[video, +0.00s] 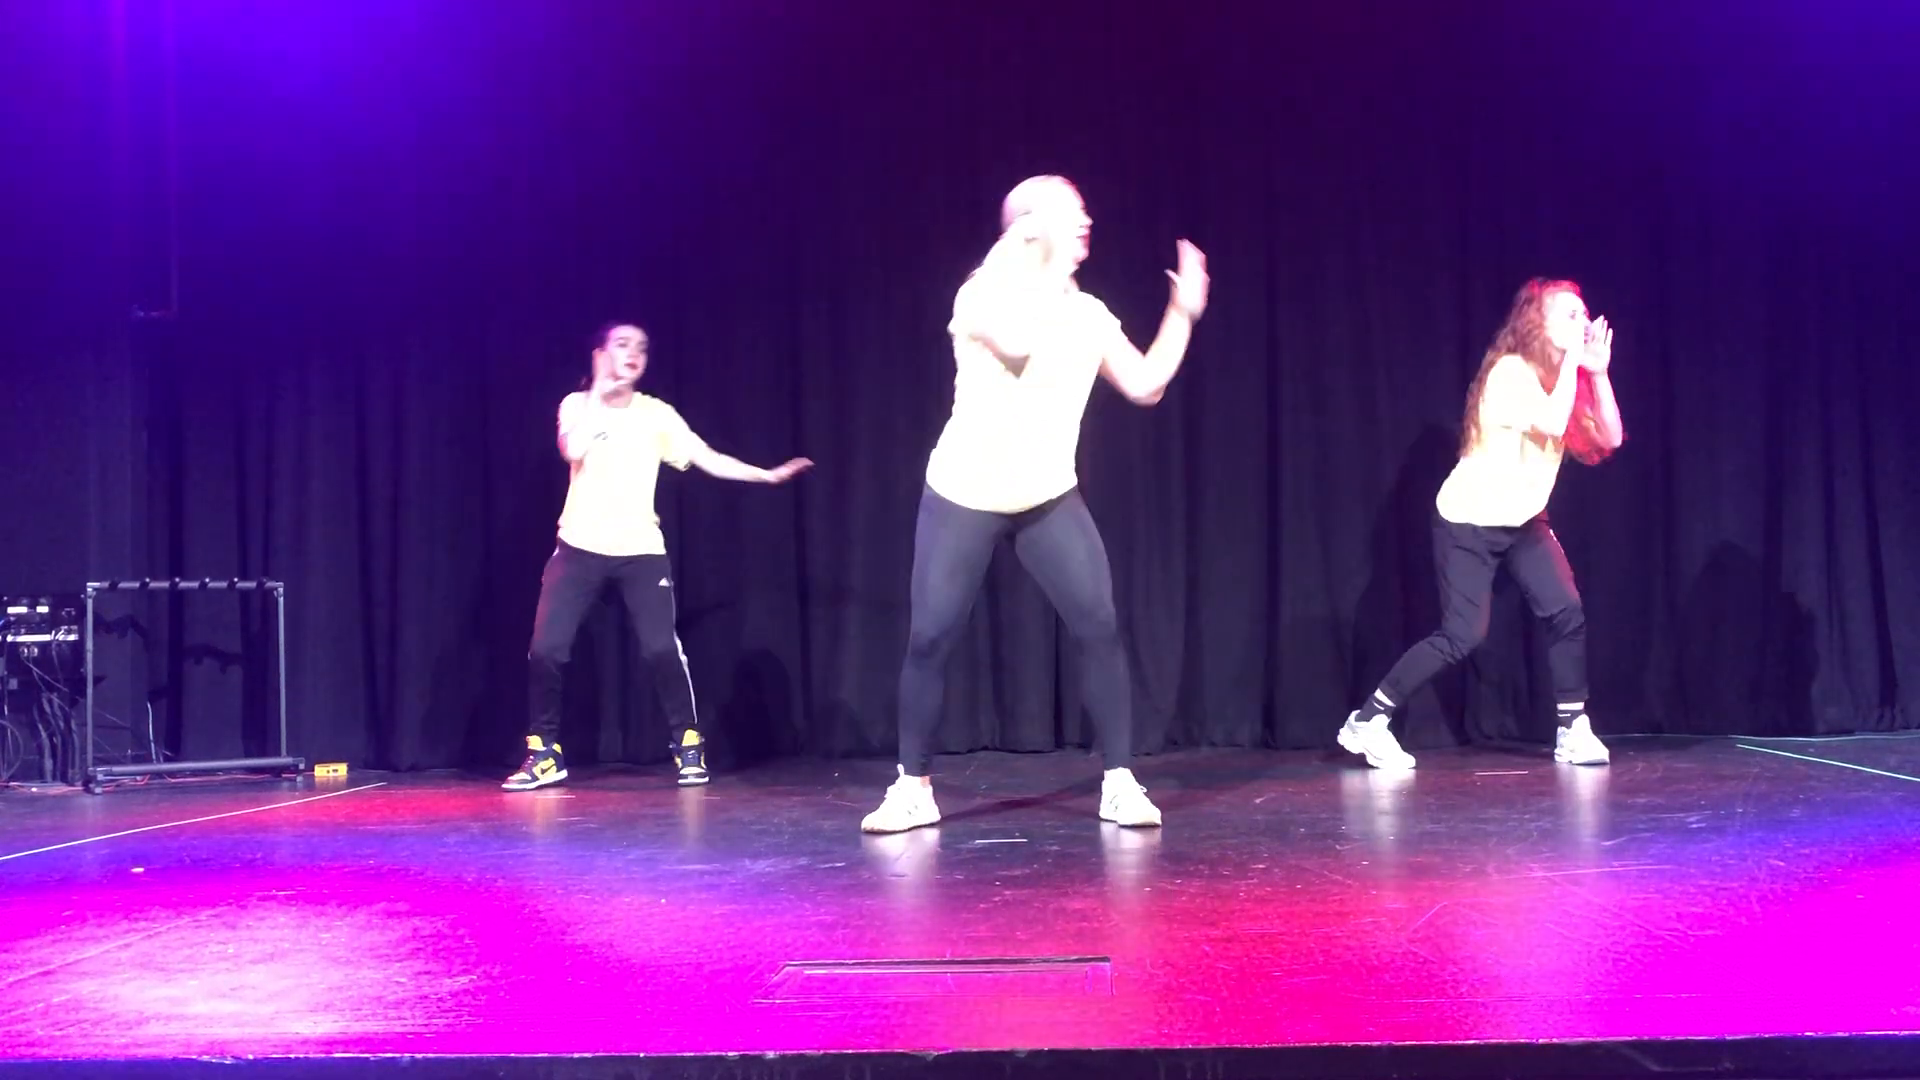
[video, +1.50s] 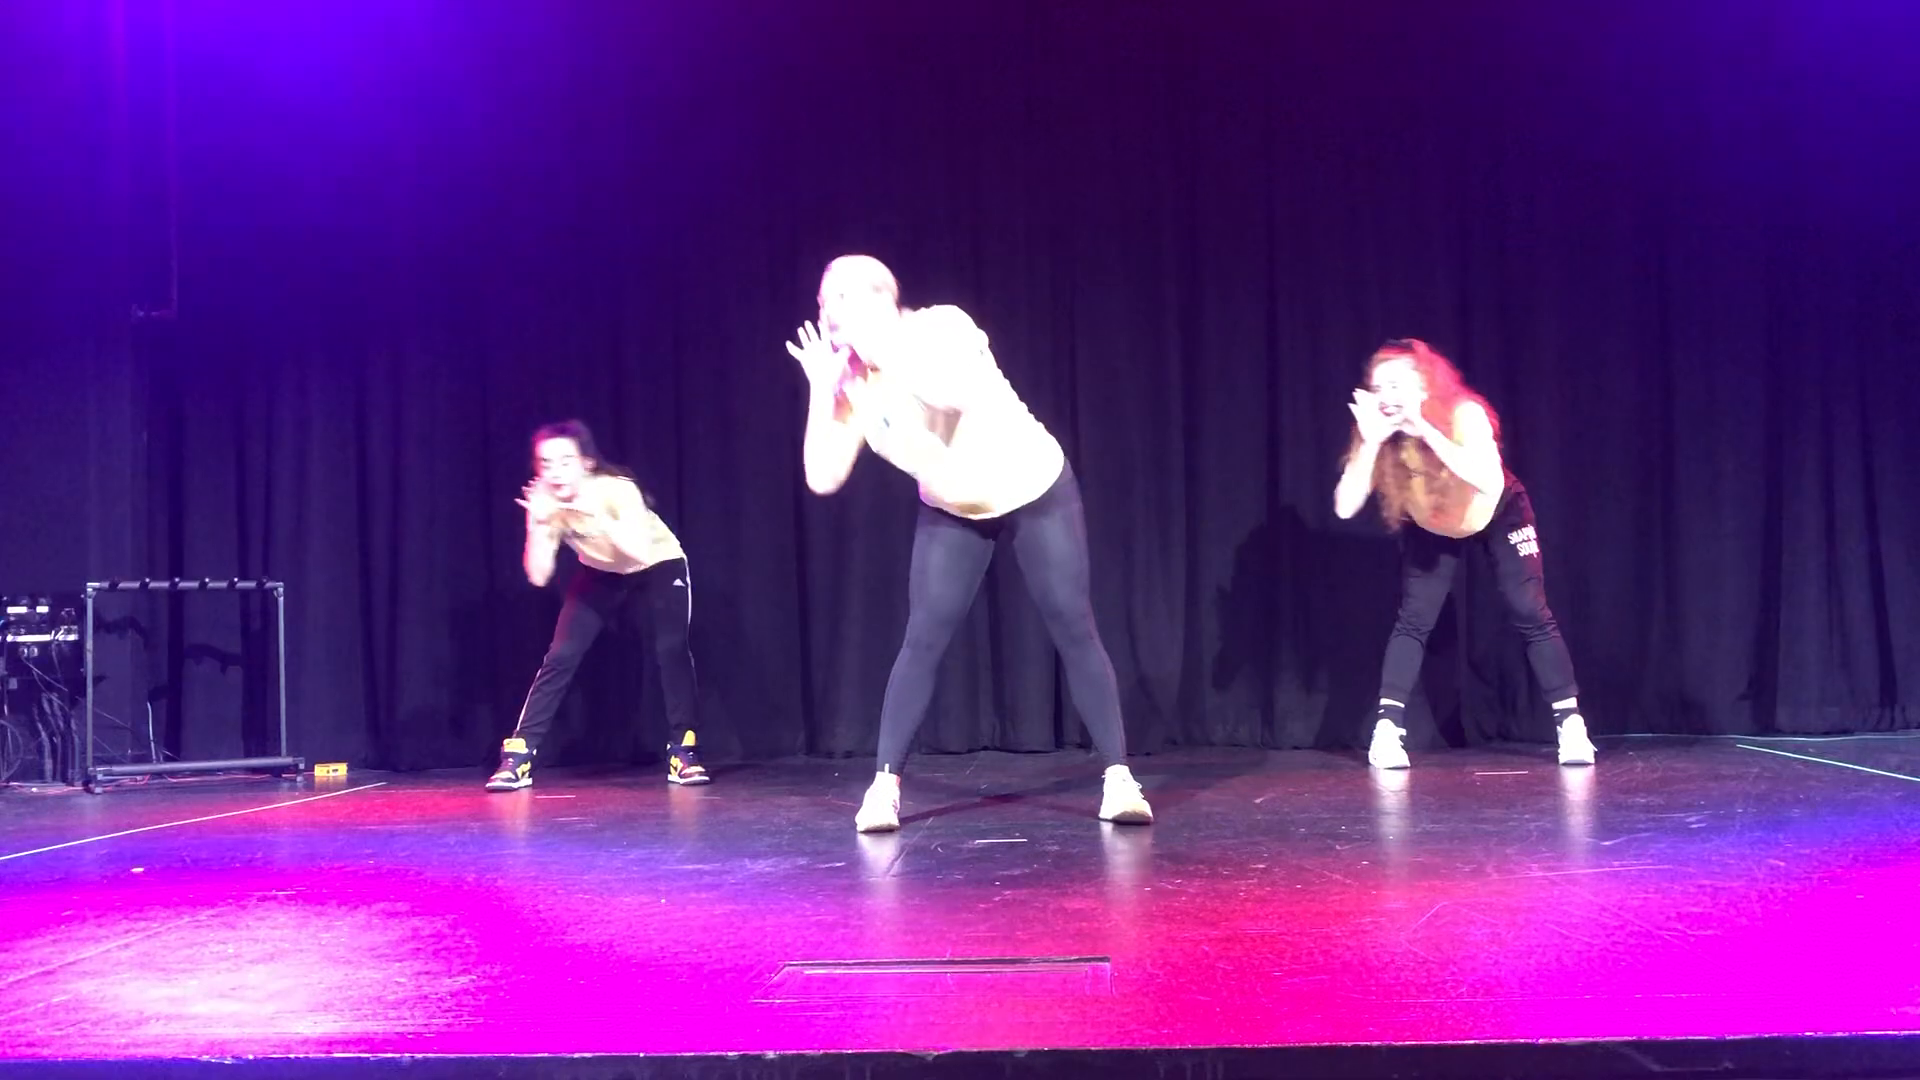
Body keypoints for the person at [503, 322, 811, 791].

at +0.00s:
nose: (631, 357)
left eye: (639, 351)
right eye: (622, 347)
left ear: (646, 363)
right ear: (598, 355)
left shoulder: (657, 415)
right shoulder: (576, 405)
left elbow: (708, 459)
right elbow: (572, 451)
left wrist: (767, 475)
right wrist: (597, 398)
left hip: (640, 550)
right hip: (579, 548)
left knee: (661, 648)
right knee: (546, 649)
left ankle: (689, 748)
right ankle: (544, 755)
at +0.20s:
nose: (691, 375)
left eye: (695, 368)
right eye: (680, 365)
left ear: (698, 382)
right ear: (654, 374)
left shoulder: (697, 439)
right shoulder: (625, 414)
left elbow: (756, 472)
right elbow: (624, 450)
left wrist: (823, 471)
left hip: (654, 557)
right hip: (599, 551)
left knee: (682, 653)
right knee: (567, 660)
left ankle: (682, 754)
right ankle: (507, 747)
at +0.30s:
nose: (713, 395)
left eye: (716, 387)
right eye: (702, 385)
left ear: (718, 399)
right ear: (676, 394)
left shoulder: (709, 459)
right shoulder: (645, 430)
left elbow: (766, 490)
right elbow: (653, 476)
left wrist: (782, 443)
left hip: (656, 567)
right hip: (604, 562)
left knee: (688, 653)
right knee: (578, 672)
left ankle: (682, 754)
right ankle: (497, 746)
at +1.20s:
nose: (688, 426)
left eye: (693, 418)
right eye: (676, 418)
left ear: (700, 425)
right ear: (653, 427)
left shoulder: (699, 468)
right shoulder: (629, 458)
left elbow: (744, 522)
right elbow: (633, 531)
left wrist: (715, 477)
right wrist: (665, 477)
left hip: (658, 565)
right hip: (597, 563)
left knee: (686, 648)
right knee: (566, 657)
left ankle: (684, 751)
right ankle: (519, 753)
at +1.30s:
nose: (647, 455)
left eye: (656, 445)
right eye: (636, 447)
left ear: (667, 450)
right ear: (619, 455)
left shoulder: (676, 479)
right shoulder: (600, 484)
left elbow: (718, 545)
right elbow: (600, 560)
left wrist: (685, 490)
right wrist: (622, 506)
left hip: (661, 569)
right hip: (599, 570)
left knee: (684, 649)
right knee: (565, 656)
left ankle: (684, 753)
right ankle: (521, 756)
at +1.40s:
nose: (601, 472)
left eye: (610, 461)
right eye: (590, 464)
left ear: (627, 462)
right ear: (578, 470)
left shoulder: (651, 493)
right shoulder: (569, 499)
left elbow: (685, 554)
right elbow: (568, 575)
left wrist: (646, 526)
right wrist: (579, 527)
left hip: (659, 577)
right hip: (598, 579)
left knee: (679, 649)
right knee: (561, 655)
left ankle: (684, 754)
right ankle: (518, 758)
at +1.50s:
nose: (554, 473)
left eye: (563, 462)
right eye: (546, 464)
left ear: (584, 463)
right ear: (536, 469)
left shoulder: (617, 491)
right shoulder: (545, 504)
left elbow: (643, 554)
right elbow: (539, 576)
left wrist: (594, 516)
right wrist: (539, 520)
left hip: (658, 566)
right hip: (599, 572)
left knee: (671, 648)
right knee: (561, 656)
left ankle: (683, 753)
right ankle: (518, 757)